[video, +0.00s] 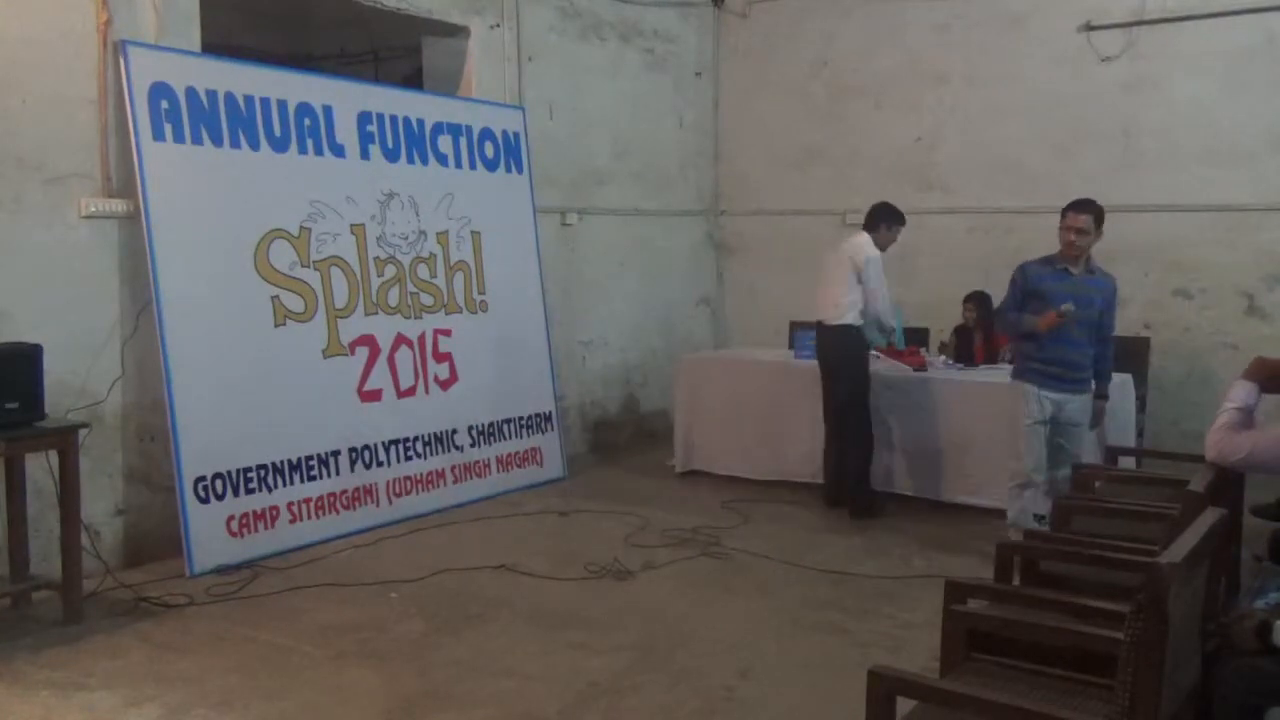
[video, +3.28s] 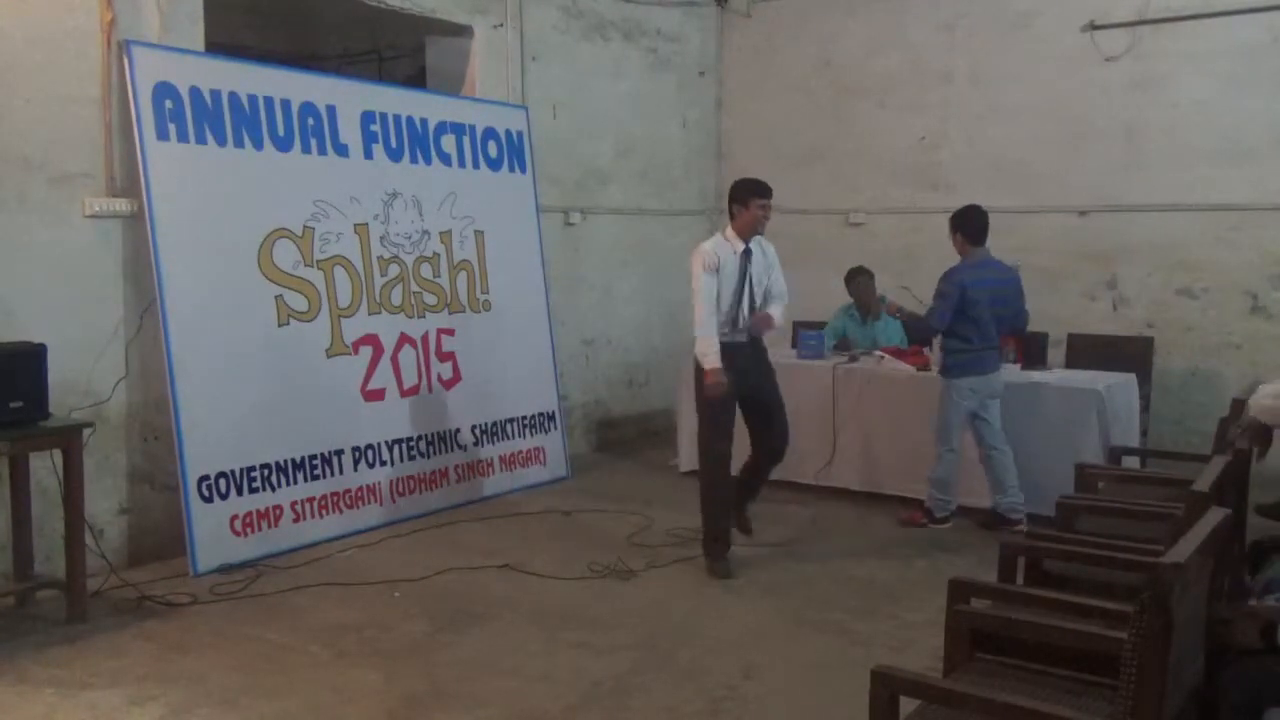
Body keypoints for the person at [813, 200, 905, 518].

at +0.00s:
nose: (896, 240)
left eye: (898, 234)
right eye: (895, 232)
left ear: (872, 225)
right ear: (882, 227)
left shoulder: (846, 245)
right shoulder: (867, 249)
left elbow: (849, 305)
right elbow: (877, 303)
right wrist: (894, 330)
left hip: (826, 334)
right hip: (847, 335)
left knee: (836, 416)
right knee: (856, 417)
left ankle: (835, 491)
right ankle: (860, 498)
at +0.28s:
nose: (889, 232)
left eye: (891, 225)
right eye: (887, 224)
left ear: (871, 221)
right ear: (870, 220)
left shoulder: (864, 253)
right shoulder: (839, 251)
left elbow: (864, 305)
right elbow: (828, 300)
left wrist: (869, 343)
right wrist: (837, 342)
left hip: (854, 339)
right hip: (834, 340)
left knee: (849, 418)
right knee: (836, 419)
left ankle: (839, 492)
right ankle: (827, 499)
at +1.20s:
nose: (850, 231)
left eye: (850, 225)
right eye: (850, 225)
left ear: (823, 222)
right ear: (843, 225)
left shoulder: (813, 247)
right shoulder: (824, 247)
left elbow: (806, 301)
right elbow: (816, 299)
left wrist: (833, 345)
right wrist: (835, 346)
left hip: (793, 336)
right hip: (800, 338)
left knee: (800, 420)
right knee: (805, 421)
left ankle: (797, 496)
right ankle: (801, 499)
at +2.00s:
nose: (815, 234)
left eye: (817, 228)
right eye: (813, 227)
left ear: (798, 224)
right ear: (795, 222)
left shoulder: (794, 257)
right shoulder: (767, 254)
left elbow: (802, 303)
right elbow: (774, 308)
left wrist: (825, 329)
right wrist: (806, 346)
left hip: (791, 348)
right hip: (765, 349)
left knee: (799, 426)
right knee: (767, 429)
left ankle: (793, 495)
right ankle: (760, 508)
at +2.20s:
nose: (805, 230)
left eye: (808, 224)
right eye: (801, 223)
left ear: (803, 223)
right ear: (781, 219)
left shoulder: (801, 255)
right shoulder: (752, 256)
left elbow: (803, 310)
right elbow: (745, 314)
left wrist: (813, 351)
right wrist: (761, 360)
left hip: (796, 348)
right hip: (763, 349)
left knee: (801, 432)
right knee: (758, 433)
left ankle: (785, 498)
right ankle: (758, 507)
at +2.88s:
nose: (793, 223)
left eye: (795, 216)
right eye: (787, 216)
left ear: (794, 219)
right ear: (764, 217)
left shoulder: (802, 256)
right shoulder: (733, 261)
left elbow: (820, 298)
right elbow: (722, 317)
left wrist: (828, 335)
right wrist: (716, 370)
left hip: (786, 360)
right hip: (743, 359)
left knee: (790, 447)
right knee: (732, 450)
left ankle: (794, 523)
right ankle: (719, 540)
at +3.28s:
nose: (767, 217)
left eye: (769, 210)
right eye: (761, 209)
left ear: (762, 213)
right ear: (738, 210)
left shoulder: (766, 251)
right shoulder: (708, 254)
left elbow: (779, 300)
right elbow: (703, 314)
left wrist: (770, 317)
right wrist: (711, 364)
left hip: (751, 351)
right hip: (716, 355)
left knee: (774, 442)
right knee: (716, 454)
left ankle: (738, 499)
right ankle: (715, 548)